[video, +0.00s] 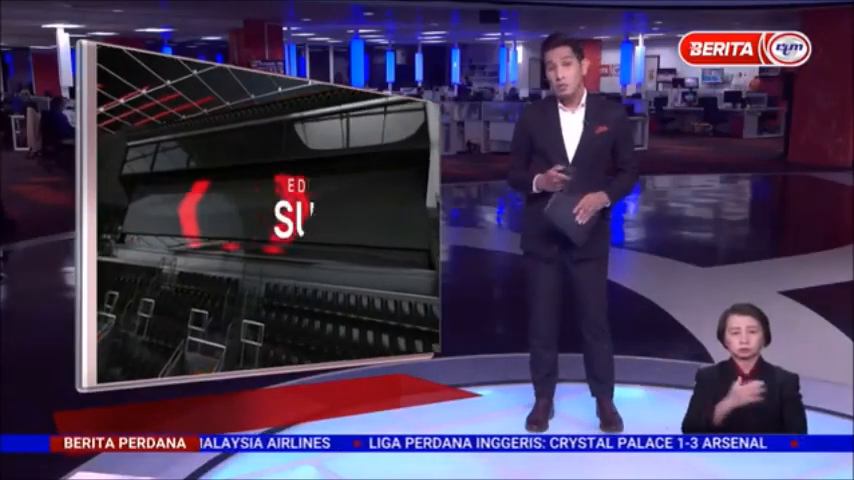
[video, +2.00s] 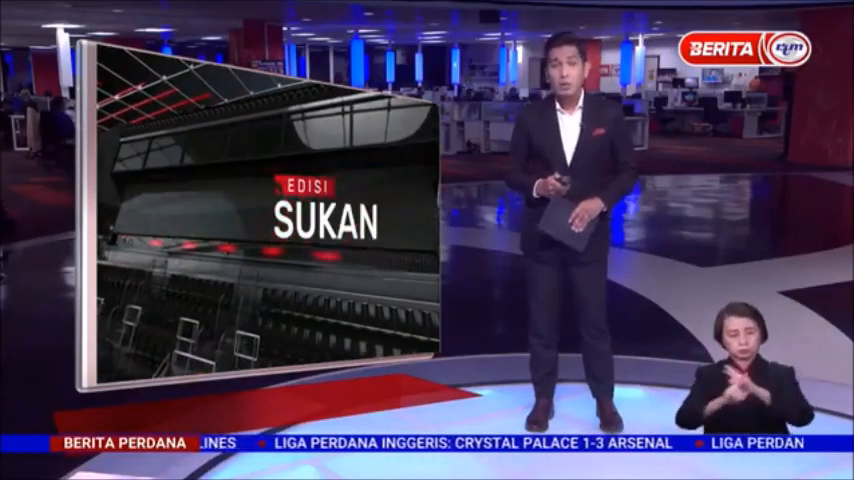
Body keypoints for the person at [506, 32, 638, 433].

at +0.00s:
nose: (558, 73)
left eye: (566, 64)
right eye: (551, 67)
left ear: (583, 66)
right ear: (545, 74)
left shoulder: (610, 111)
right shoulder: (532, 114)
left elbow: (628, 171)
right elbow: (515, 174)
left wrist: (604, 196)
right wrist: (538, 180)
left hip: (590, 231)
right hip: (542, 233)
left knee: (594, 319)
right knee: (542, 319)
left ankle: (605, 400)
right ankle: (542, 398)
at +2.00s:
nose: (563, 71)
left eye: (570, 63)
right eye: (555, 64)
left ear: (585, 68)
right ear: (546, 72)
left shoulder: (608, 112)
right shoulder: (530, 115)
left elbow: (627, 171)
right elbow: (513, 172)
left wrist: (600, 201)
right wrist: (536, 186)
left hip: (590, 231)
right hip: (542, 231)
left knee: (593, 321)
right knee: (543, 321)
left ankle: (605, 400)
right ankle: (542, 400)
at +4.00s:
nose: (557, 77)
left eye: (565, 69)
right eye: (551, 68)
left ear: (582, 74)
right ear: (543, 74)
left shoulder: (605, 112)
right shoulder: (528, 116)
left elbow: (623, 170)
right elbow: (512, 172)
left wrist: (601, 199)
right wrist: (532, 186)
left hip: (588, 232)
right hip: (541, 233)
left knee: (593, 321)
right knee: (543, 323)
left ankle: (605, 401)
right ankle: (542, 401)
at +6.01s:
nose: (564, 68)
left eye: (572, 60)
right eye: (557, 60)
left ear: (587, 67)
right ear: (547, 68)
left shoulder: (609, 112)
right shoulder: (531, 115)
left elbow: (627, 170)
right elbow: (515, 171)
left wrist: (600, 200)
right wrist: (537, 188)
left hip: (592, 230)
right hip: (544, 230)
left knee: (596, 320)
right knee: (544, 321)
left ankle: (605, 400)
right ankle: (543, 399)